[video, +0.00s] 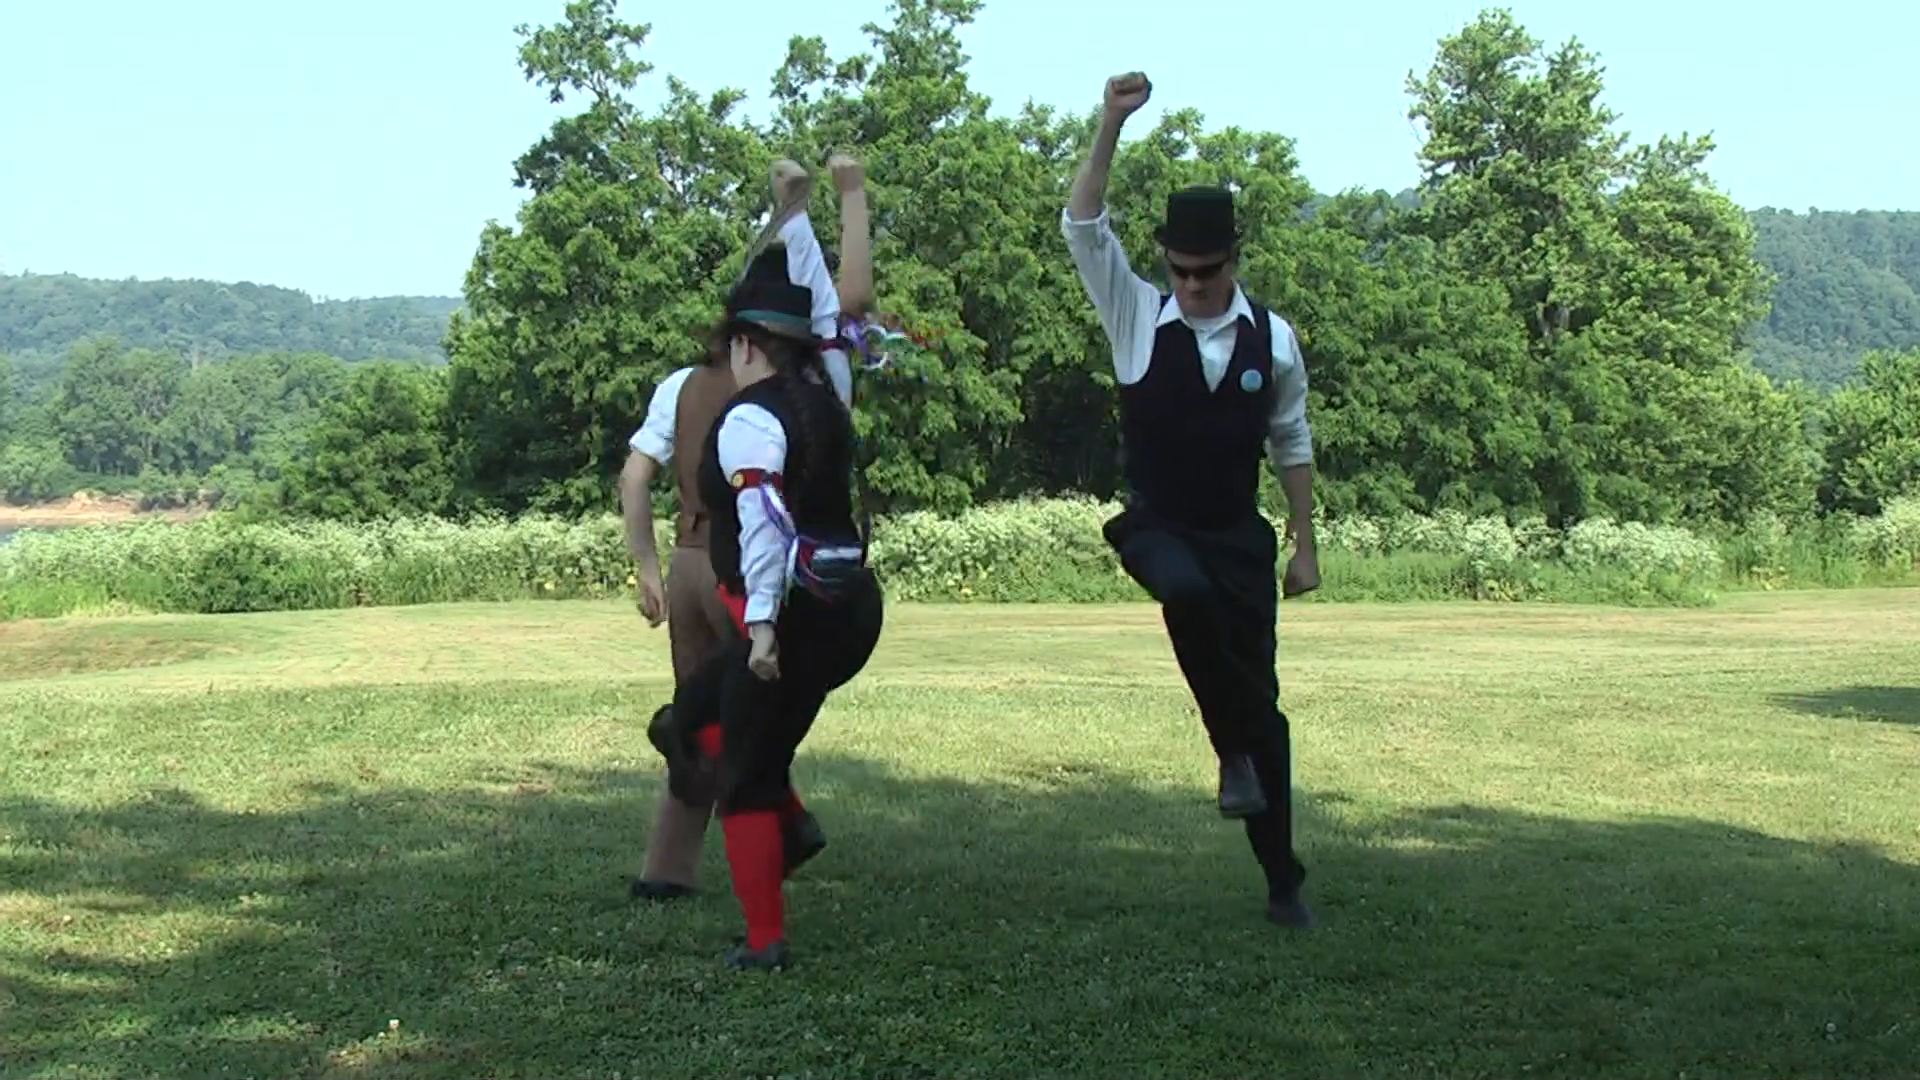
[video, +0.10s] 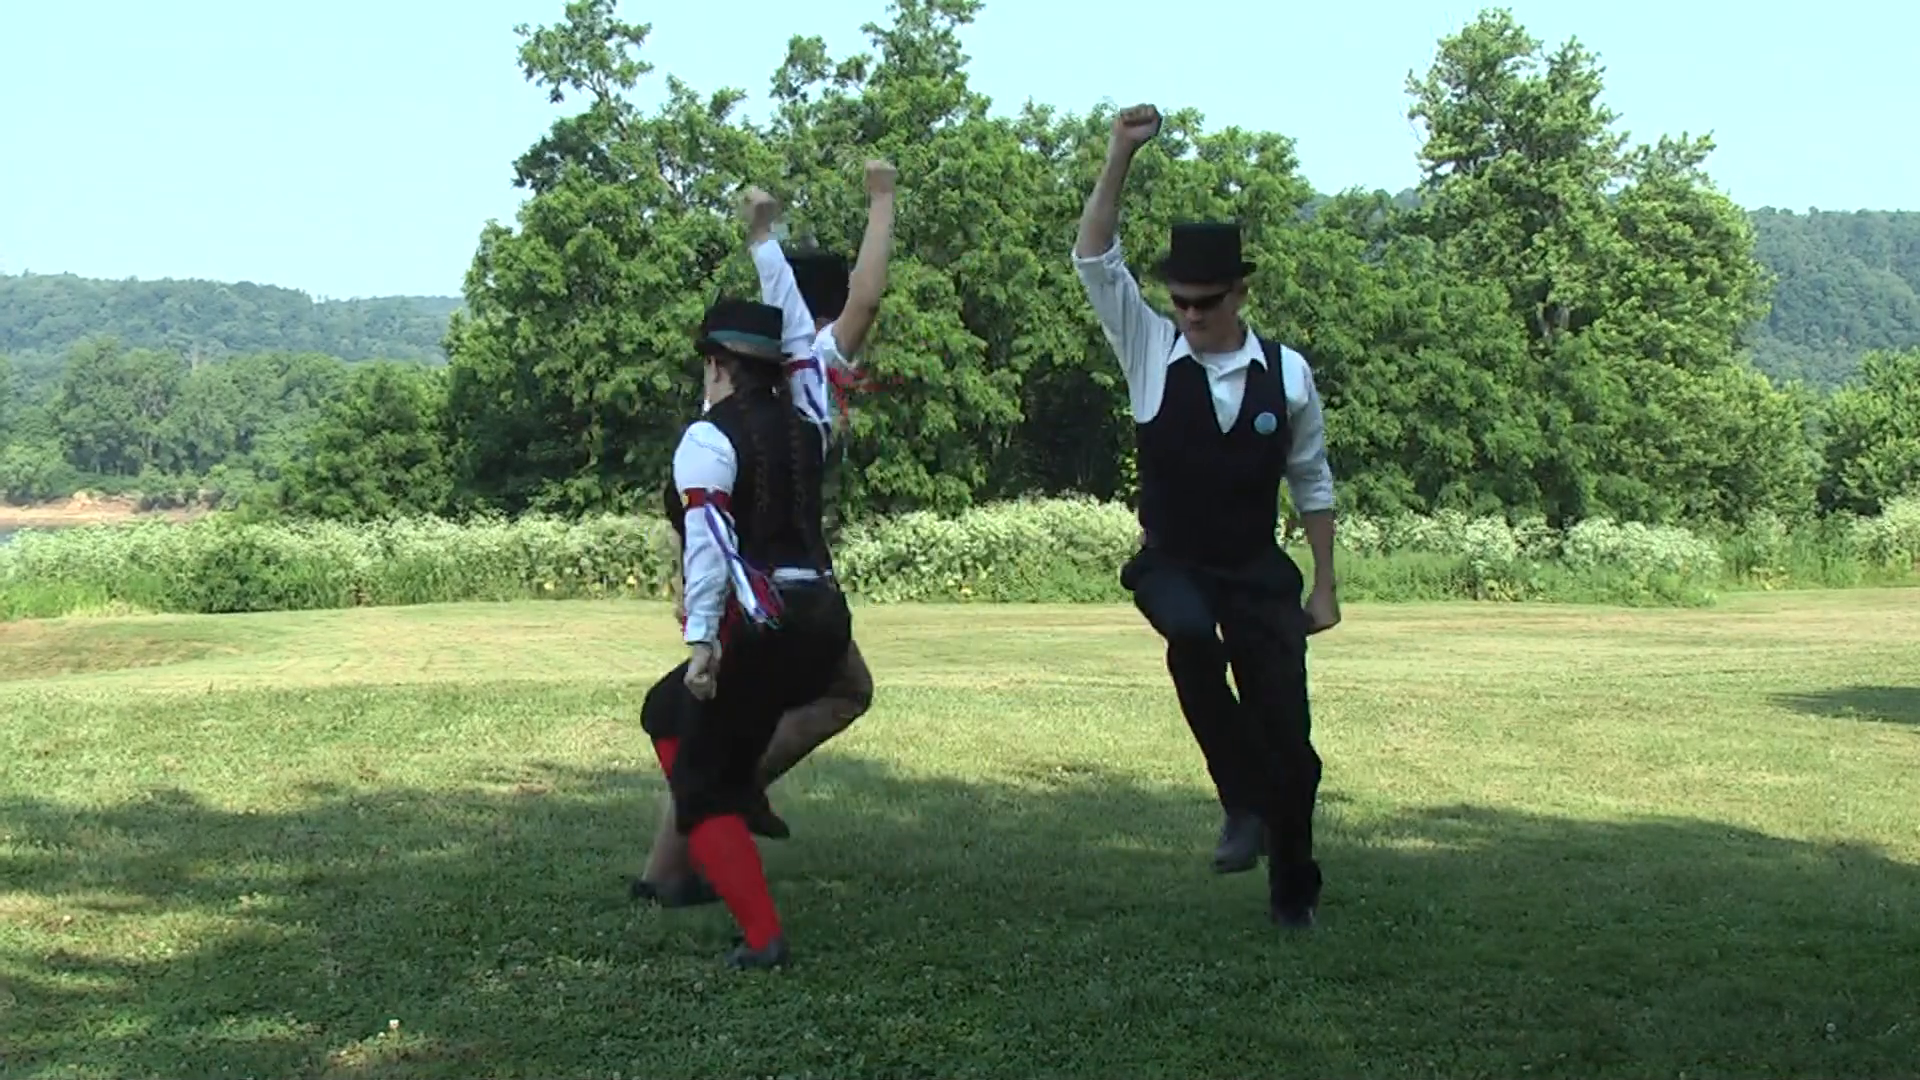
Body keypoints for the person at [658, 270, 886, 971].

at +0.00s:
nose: (731, 361)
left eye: (733, 348)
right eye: (734, 348)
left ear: (750, 350)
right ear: (799, 346)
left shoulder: (748, 419)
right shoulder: (826, 394)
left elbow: (764, 520)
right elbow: (825, 316)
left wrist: (763, 620)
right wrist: (793, 210)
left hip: (797, 605)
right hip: (854, 600)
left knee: (745, 765)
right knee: (692, 713)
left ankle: (765, 939)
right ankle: (789, 820)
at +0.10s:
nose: (702, 370)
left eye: (705, 361)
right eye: (708, 360)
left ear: (716, 367)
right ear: (773, 367)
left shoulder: (707, 439)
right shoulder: (803, 420)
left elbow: (709, 543)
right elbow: (799, 339)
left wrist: (704, 635)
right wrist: (763, 235)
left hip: (762, 628)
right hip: (823, 622)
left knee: (703, 786)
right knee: (664, 707)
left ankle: (764, 938)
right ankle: (707, 858)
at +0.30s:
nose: (684, 346)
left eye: (682, 336)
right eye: (706, 337)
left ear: (681, 346)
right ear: (743, 352)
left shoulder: (647, 414)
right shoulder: (771, 406)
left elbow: (613, 511)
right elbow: (783, 318)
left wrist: (589, 605)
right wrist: (766, 221)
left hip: (666, 587)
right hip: (752, 591)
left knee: (667, 754)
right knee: (644, 720)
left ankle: (729, 905)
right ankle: (603, 871)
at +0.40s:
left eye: (684, 354)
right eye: (708, 357)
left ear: (666, 361)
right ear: (729, 371)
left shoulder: (623, 427)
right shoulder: (751, 431)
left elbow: (588, 520)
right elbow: (784, 344)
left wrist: (556, 613)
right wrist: (767, 247)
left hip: (628, 602)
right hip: (719, 611)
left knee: (584, 764)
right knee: (645, 761)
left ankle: (648, 864)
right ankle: (593, 908)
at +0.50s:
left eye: (675, 362)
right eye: (708, 370)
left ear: (654, 371)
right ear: (713, 382)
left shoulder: (604, 434)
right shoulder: (731, 439)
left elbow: (564, 530)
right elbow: (779, 356)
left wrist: (532, 612)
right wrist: (759, 263)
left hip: (602, 613)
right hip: (692, 623)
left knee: (567, 716)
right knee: (633, 762)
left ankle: (562, 823)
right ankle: (591, 912)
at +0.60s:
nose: (718, 354)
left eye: (708, 344)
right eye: (714, 344)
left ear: (649, 344)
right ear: (710, 351)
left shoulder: (596, 406)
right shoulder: (727, 403)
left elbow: (550, 497)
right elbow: (770, 328)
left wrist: (524, 578)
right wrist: (764, 233)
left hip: (590, 581)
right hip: (680, 598)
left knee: (601, 647)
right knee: (629, 752)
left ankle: (558, 761)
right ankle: (591, 901)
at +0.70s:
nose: (728, 331)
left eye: (723, 322)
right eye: (723, 321)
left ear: (655, 317)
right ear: (710, 325)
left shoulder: (601, 375)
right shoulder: (724, 366)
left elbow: (552, 459)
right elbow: (766, 290)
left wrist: (527, 544)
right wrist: (771, 198)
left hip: (585, 554)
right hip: (674, 567)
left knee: (645, 610)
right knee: (632, 725)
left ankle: (581, 719)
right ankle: (577, 872)